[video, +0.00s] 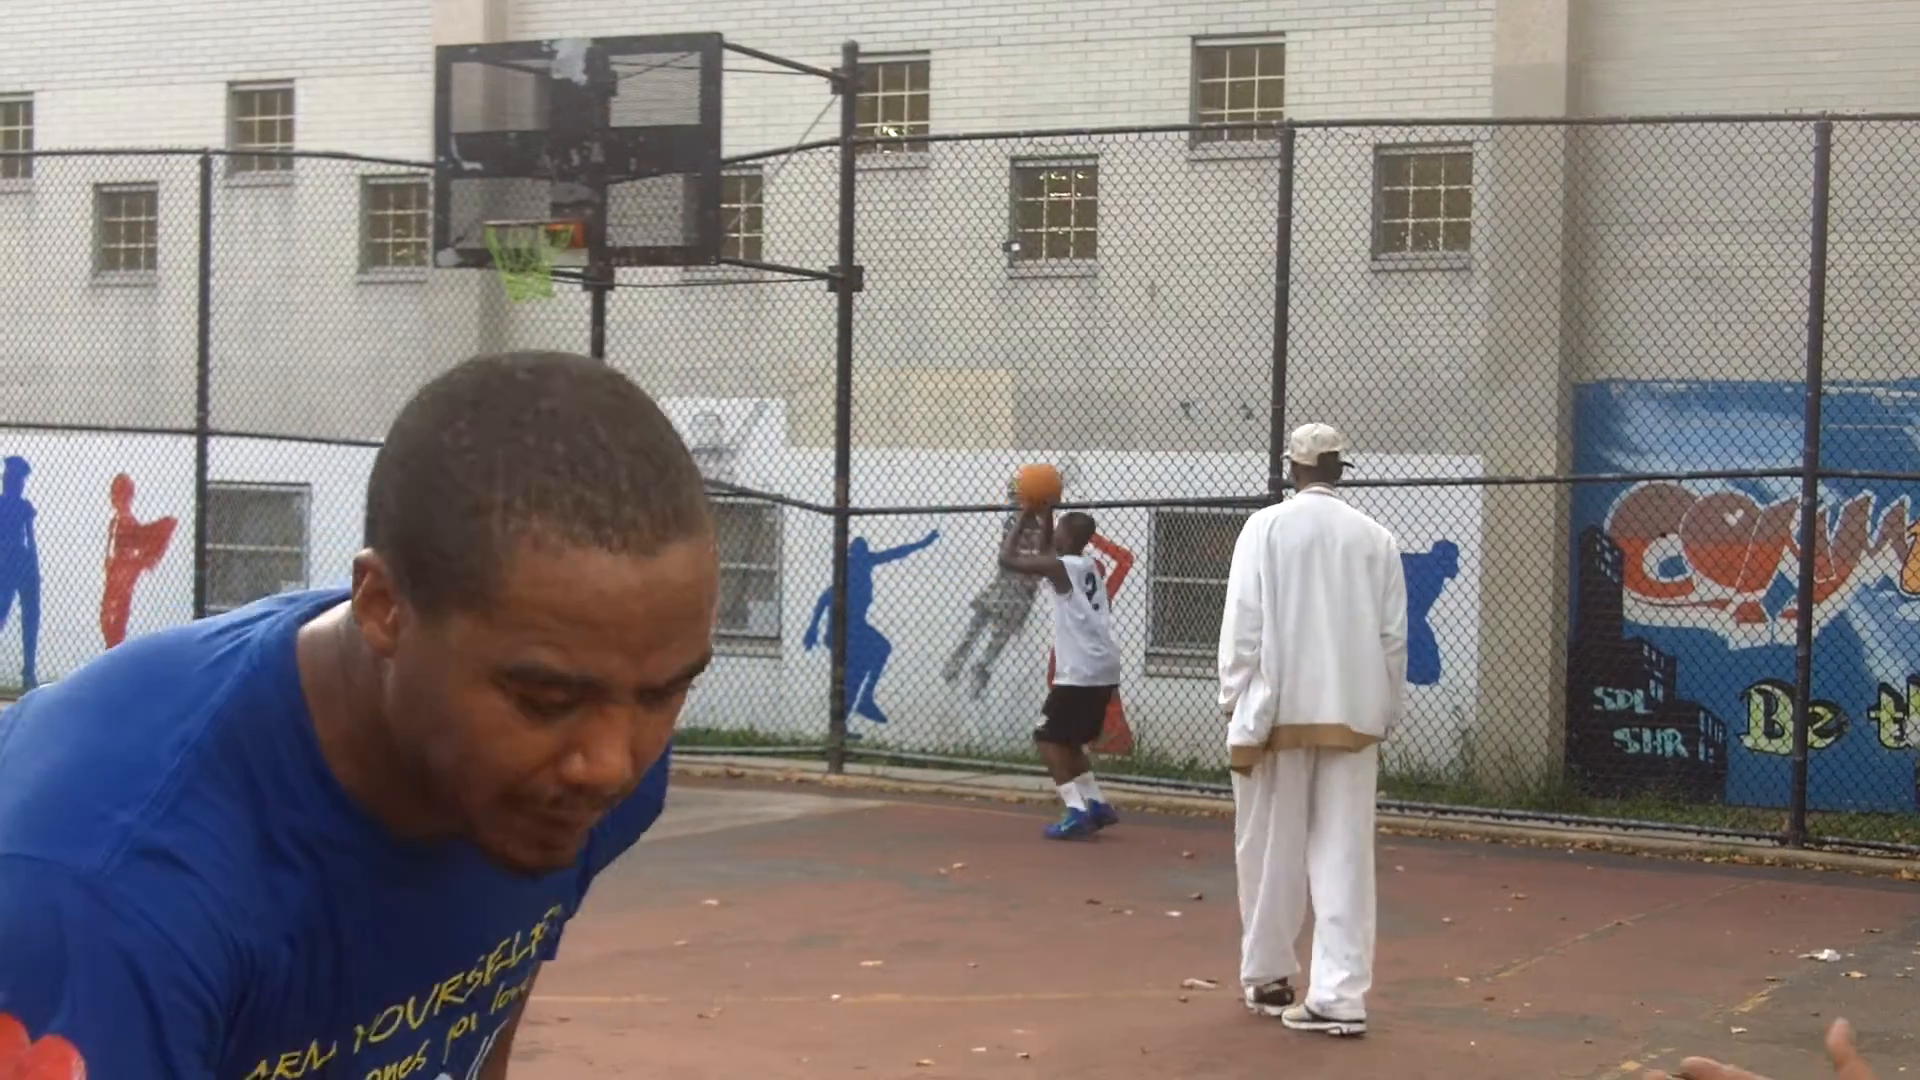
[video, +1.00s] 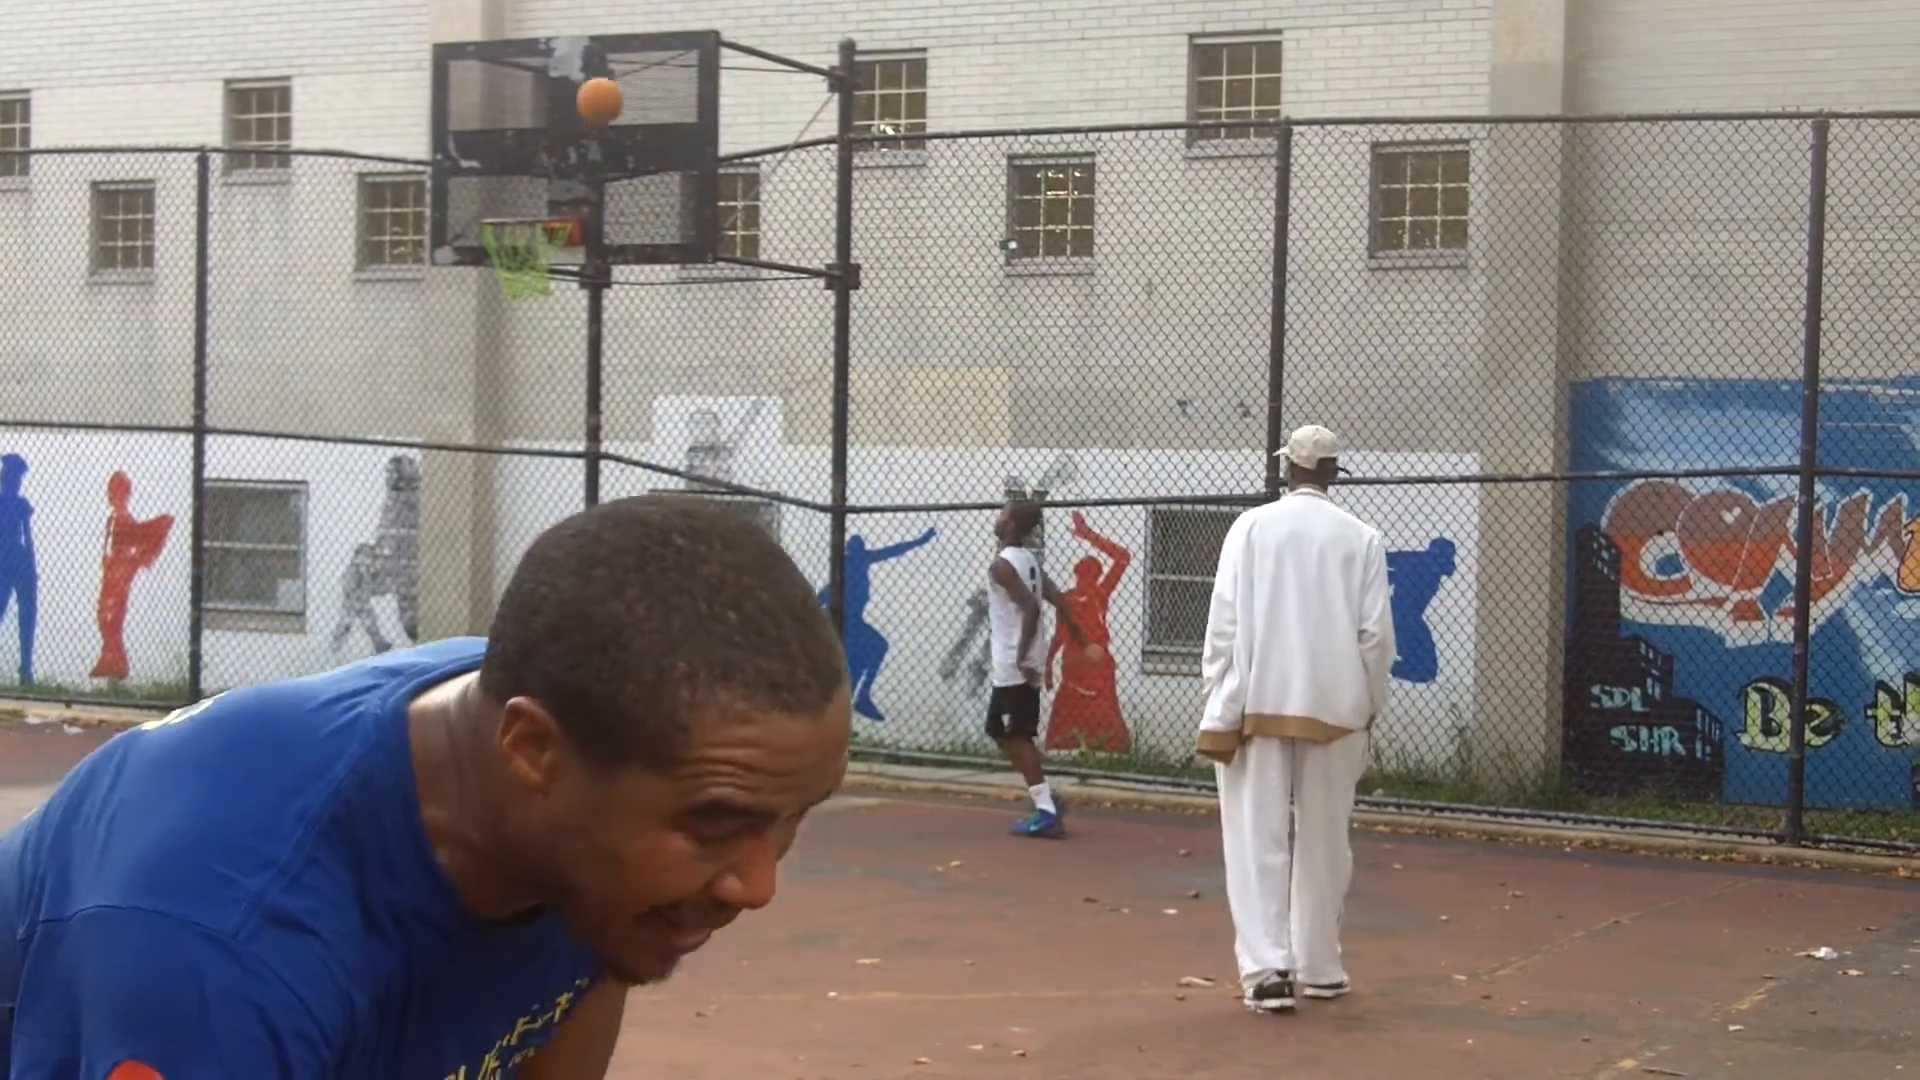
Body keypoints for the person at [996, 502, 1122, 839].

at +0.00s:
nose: (1055, 533)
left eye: (1059, 529)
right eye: (1056, 528)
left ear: (1072, 538)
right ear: (1083, 540)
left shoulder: (1063, 566)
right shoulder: (1088, 565)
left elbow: (1008, 559)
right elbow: (1048, 554)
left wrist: (1021, 517)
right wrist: (1046, 515)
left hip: (1079, 673)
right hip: (1101, 671)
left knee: (1046, 738)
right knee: (1066, 739)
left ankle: (1077, 810)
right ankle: (1096, 803)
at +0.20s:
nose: (1057, 515)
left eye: (1063, 513)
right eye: (1059, 510)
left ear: (1073, 522)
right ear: (1081, 524)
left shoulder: (1050, 551)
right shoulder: (1084, 548)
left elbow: (1001, 534)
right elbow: (1069, 520)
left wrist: (1018, 494)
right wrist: (1056, 487)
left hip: (1055, 655)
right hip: (1083, 653)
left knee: (1047, 730)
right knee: (1074, 729)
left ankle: (1071, 804)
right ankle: (1094, 800)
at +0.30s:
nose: (1052, 474)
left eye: (1059, 474)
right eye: (1057, 471)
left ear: (1066, 490)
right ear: (1078, 494)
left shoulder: (1042, 512)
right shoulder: (1082, 515)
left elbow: (1006, 472)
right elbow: (1053, 468)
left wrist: (992, 423)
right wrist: (1031, 426)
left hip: (1048, 620)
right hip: (1078, 618)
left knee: (1053, 697)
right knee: (1072, 696)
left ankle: (1064, 780)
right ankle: (1089, 774)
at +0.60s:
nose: (1036, 502)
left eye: (1043, 500)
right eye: (1041, 498)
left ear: (1054, 512)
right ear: (1064, 515)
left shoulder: (1033, 535)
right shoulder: (1071, 538)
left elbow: (1004, 498)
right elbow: (1023, 500)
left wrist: (991, 448)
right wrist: (996, 454)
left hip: (1036, 647)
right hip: (1068, 645)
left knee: (1032, 725)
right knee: (1064, 723)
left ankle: (1044, 803)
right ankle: (1092, 799)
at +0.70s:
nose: (1023, 528)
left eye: (1031, 522)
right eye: (1026, 522)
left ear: (1044, 531)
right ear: (1057, 534)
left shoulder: (1036, 563)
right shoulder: (1058, 566)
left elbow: (981, 544)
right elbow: (1012, 552)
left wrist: (992, 506)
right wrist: (1002, 513)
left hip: (1035, 671)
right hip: (1062, 670)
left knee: (1017, 743)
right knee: (1060, 744)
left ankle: (1046, 812)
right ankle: (1094, 807)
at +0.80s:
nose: (1023, 520)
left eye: (1030, 516)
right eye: (1026, 515)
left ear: (1040, 526)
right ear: (1049, 528)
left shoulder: (1023, 561)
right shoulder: (1054, 561)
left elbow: (993, 604)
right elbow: (1028, 603)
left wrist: (984, 574)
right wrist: (1003, 575)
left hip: (1027, 667)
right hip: (1052, 666)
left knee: (1019, 736)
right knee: (1041, 736)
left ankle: (1047, 810)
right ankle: (1084, 793)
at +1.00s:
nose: (998, 518)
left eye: (1004, 515)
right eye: (1002, 513)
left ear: (1012, 526)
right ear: (1022, 529)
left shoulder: (1002, 565)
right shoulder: (1029, 561)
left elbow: (1031, 608)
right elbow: (1060, 599)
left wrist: (1022, 656)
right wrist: (1077, 634)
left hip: (1014, 670)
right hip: (1023, 669)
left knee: (1016, 737)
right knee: (999, 731)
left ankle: (1045, 809)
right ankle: (1046, 797)